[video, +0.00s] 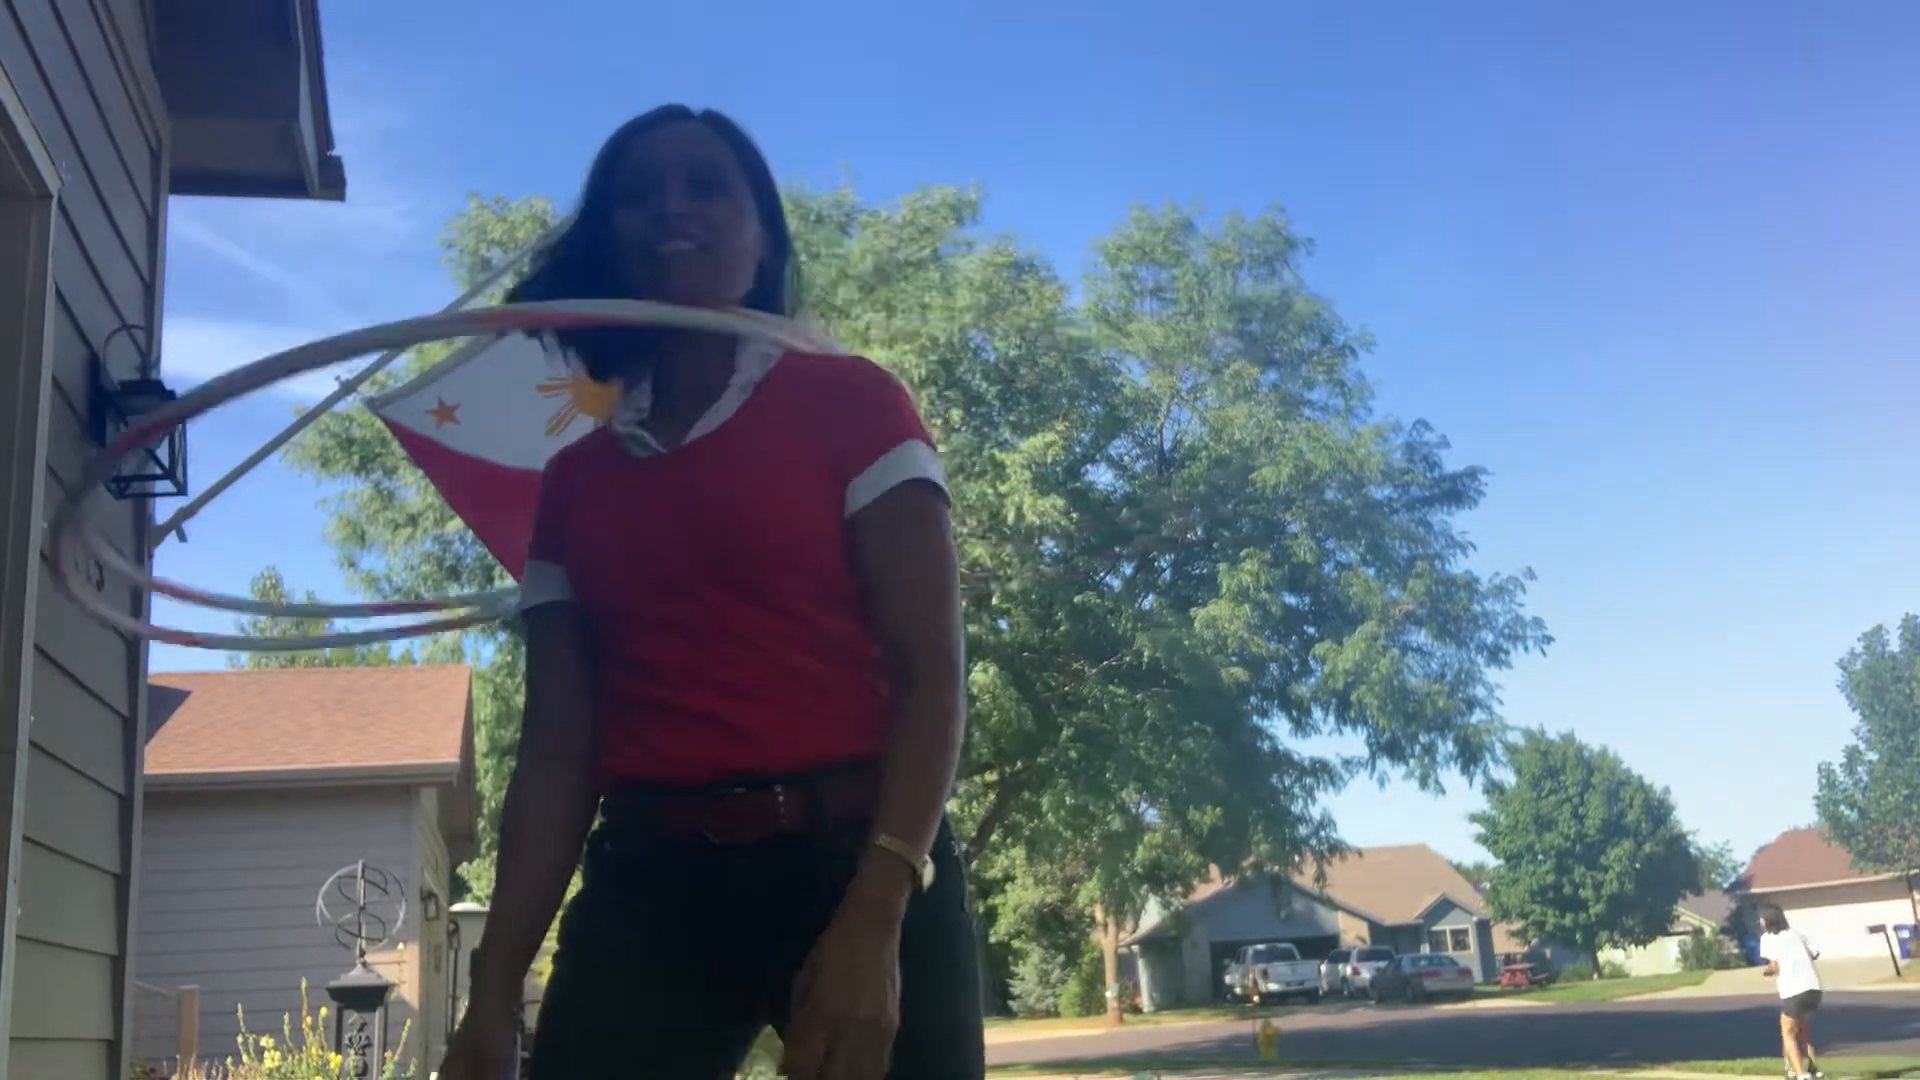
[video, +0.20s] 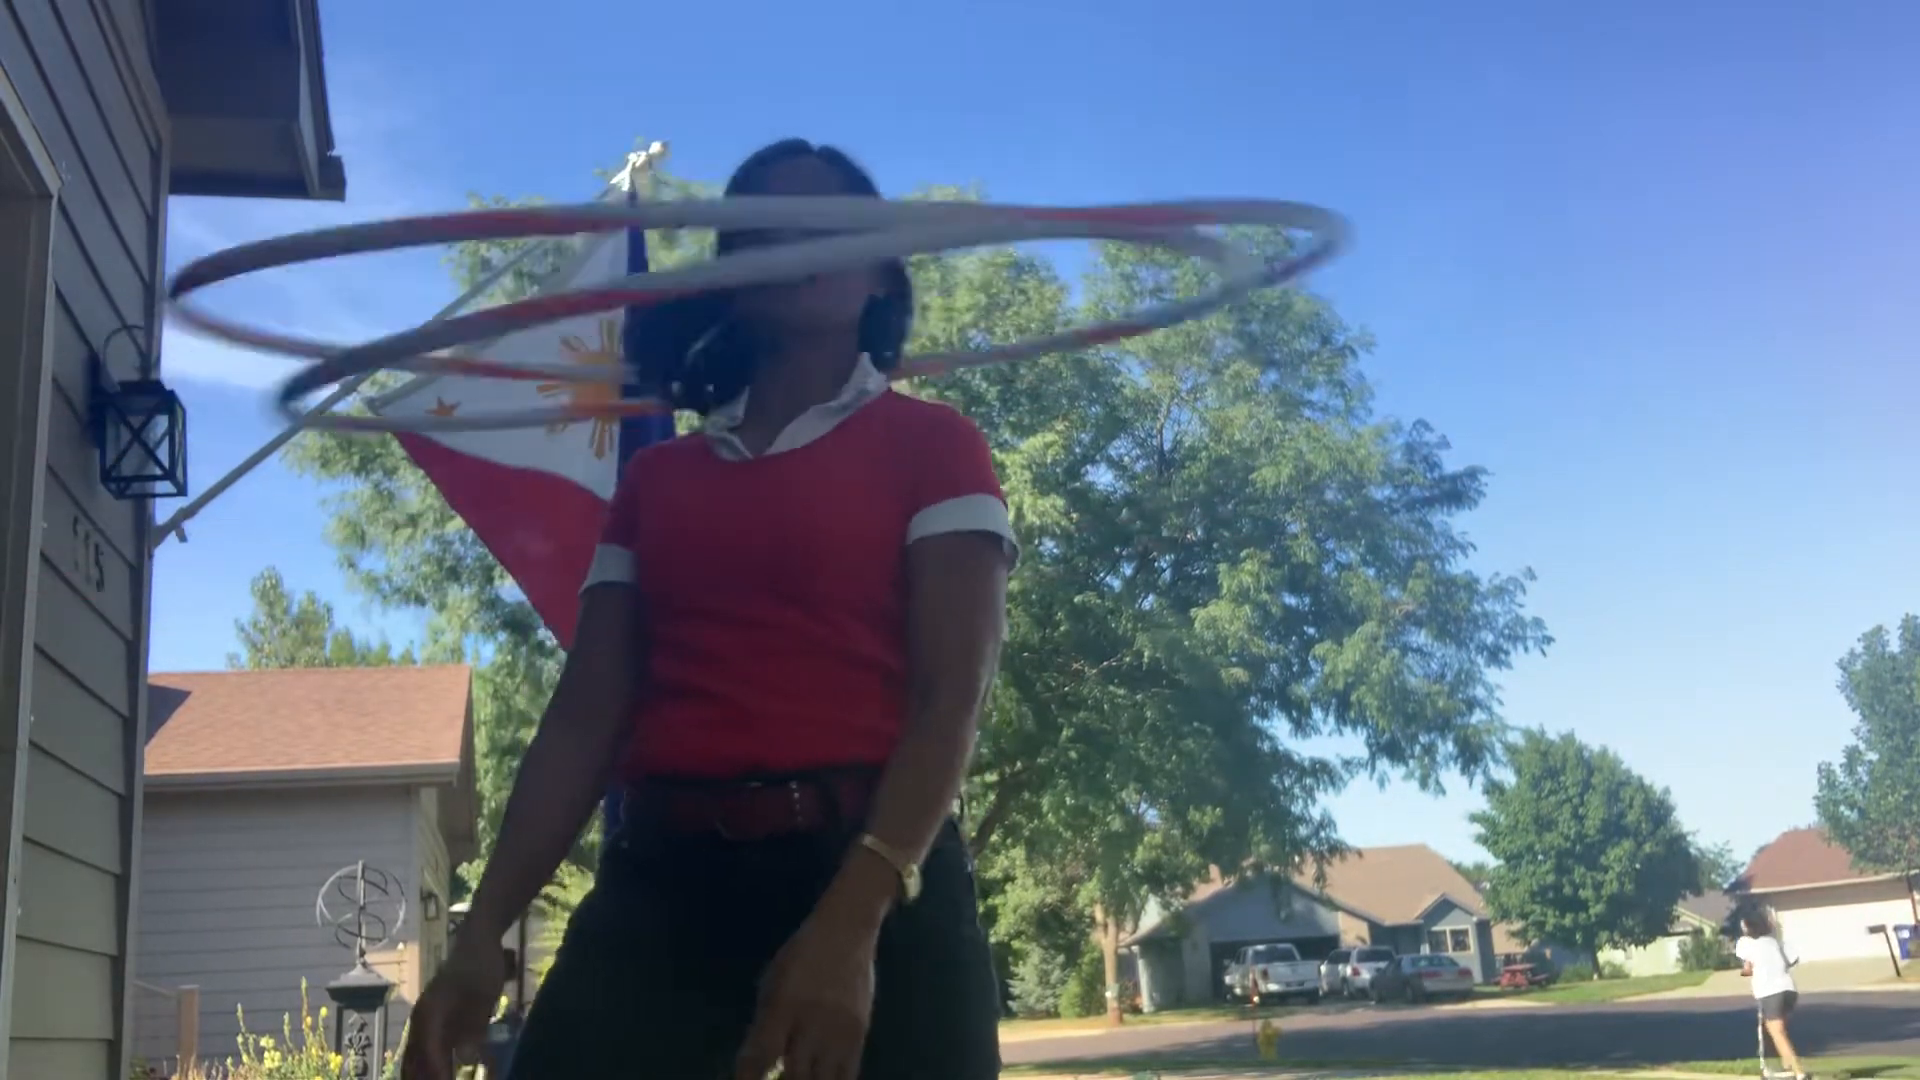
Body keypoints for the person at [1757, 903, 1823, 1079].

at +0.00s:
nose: (1760, 924)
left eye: (1761, 920)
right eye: (1760, 920)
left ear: (1766, 922)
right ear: (1781, 918)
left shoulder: (1767, 939)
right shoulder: (1795, 932)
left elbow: (1774, 966)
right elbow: (1814, 953)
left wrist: (1767, 971)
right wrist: (1799, 963)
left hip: (1793, 991)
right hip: (1814, 987)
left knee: (1788, 1032)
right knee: (1802, 1029)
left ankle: (1800, 1073)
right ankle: (1812, 1065)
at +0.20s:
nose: (1742, 928)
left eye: (1743, 925)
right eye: (1742, 925)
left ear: (1747, 926)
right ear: (1765, 924)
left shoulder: (1746, 943)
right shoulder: (1774, 941)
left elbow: (1747, 969)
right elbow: (1791, 959)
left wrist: (1743, 972)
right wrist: (1775, 968)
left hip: (1770, 992)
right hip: (1789, 989)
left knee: (1777, 1032)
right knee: (1776, 1028)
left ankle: (1798, 1071)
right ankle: (1788, 1065)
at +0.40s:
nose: (1727, 936)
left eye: (1728, 932)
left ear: (1728, 933)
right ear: (1744, 931)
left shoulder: (1724, 945)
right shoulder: (1754, 944)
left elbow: (1724, 970)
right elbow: (1772, 966)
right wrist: (1754, 970)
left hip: (1744, 991)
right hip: (1763, 988)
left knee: (1755, 1030)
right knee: (1748, 1028)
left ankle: (1781, 1062)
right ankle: (1763, 1065)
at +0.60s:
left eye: (1699, 929)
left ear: (1700, 929)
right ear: (1715, 927)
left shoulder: (1696, 942)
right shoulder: (1725, 941)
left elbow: (1697, 964)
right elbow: (1742, 962)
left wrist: (1697, 973)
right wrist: (1728, 970)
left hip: (1714, 988)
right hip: (1734, 987)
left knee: (1711, 1028)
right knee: (1725, 1026)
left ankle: (1732, 1056)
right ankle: (1735, 1062)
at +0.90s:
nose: (1656, 939)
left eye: (1657, 936)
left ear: (1659, 937)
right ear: (1674, 934)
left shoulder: (1658, 951)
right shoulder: (1685, 946)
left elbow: (1660, 972)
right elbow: (1700, 963)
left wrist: (1658, 978)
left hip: (1679, 997)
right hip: (1697, 994)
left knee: (1675, 1034)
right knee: (1689, 1033)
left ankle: (1675, 1070)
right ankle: (1698, 1065)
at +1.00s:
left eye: (1647, 936)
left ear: (1648, 937)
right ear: (1664, 935)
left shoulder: (1646, 951)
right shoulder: (1672, 946)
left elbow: (1646, 976)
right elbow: (1686, 967)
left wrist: (1644, 979)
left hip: (1666, 996)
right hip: (1684, 993)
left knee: (1669, 1034)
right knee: (1675, 1031)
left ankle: (1675, 1068)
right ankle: (1681, 1065)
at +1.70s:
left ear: (1569, 940)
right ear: (1583, 938)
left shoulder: (1566, 948)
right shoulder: (1593, 947)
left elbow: (1569, 962)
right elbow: (1606, 965)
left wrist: (1570, 974)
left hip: (1585, 988)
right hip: (1602, 988)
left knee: (1577, 1025)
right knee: (1594, 1024)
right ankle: (1600, 1060)